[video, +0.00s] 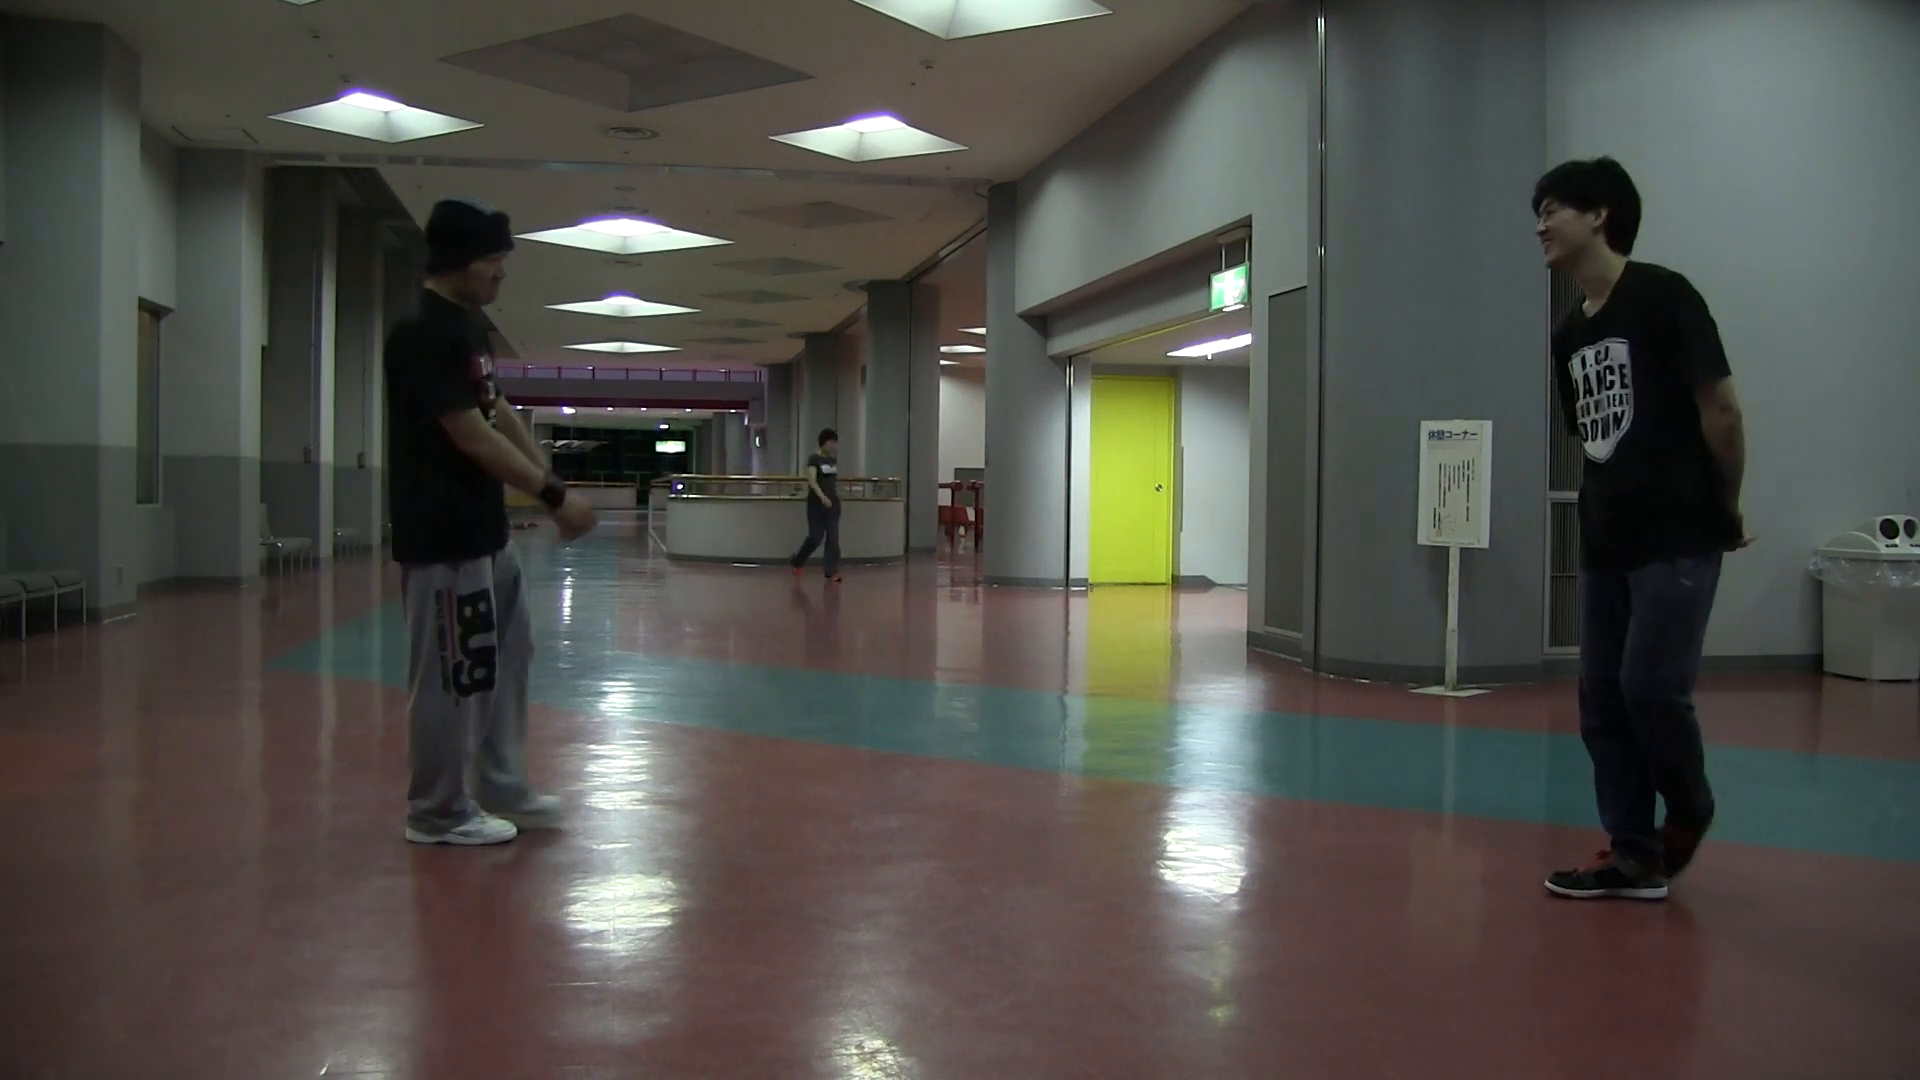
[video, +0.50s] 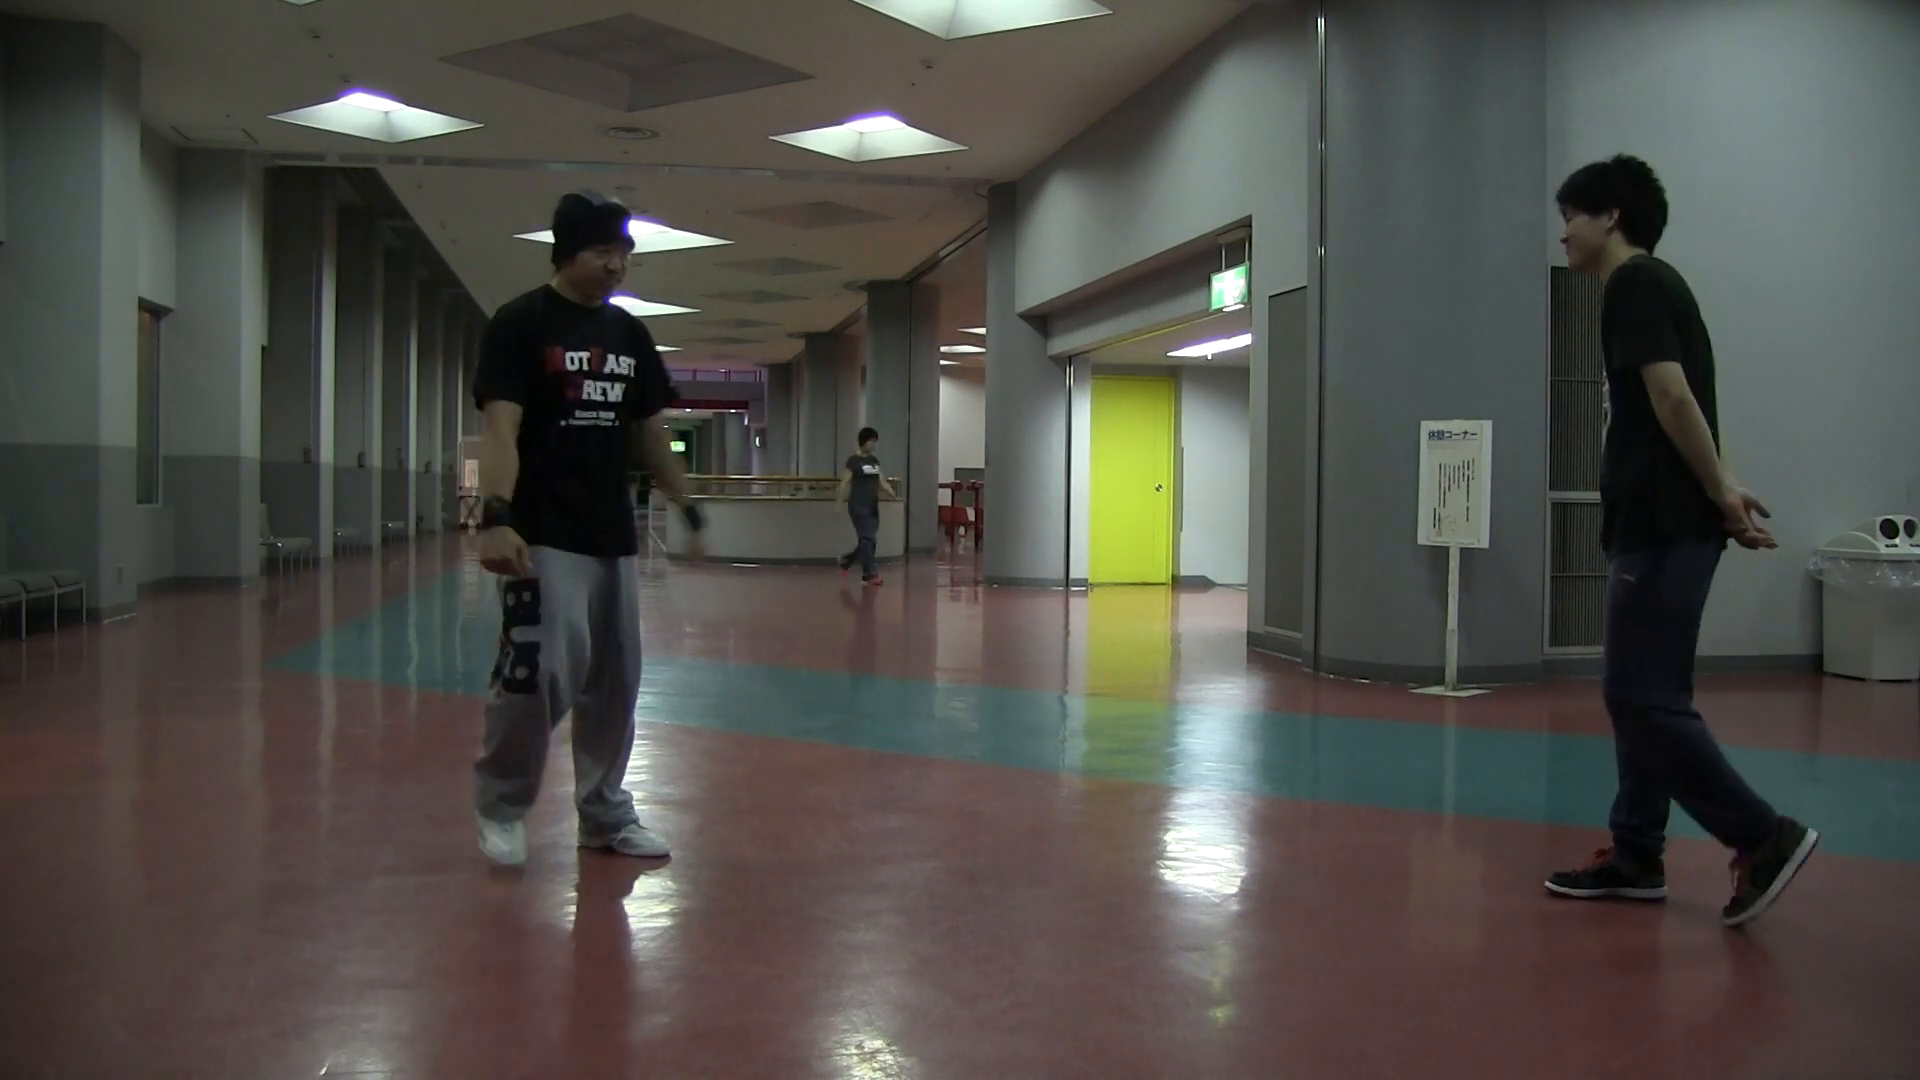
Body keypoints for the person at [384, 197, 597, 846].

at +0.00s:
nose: (501, 275)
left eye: (503, 263)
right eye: (494, 263)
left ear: (462, 261)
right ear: (458, 262)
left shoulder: (464, 329)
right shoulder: (427, 333)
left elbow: (496, 413)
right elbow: (468, 433)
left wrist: (547, 480)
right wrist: (551, 494)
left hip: (481, 534)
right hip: (440, 541)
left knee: (507, 656)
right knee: (447, 674)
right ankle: (437, 812)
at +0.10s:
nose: (528, 275)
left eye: (529, 263)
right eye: (519, 264)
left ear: (500, 262)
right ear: (482, 263)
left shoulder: (501, 334)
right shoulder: (442, 336)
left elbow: (501, 432)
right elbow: (481, 438)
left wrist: (557, 464)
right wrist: (572, 467)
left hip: (502, 532)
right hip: (457, 538)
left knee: (525, 669)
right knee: (453, 675)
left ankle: (584, 792)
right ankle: (437, 810)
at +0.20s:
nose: (555, 279)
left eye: (557, 267)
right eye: (544, 267)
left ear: (541, 267)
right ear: (508, 268)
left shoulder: (536, 337)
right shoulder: (468, 340)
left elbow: (529, 433)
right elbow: (482, 445)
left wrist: (581, 464)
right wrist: (572, 470)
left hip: (534, 536)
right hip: (479, 543)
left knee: (563, 682)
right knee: (467, 680)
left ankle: (608, 816)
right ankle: (438, 811)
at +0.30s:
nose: (578, 276)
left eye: (583, 264)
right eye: (568, 263)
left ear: (580, 264)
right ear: (531, 262)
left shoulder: (569, 336)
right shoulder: (489, 331)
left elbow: (557, 429)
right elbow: (487, 435)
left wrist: (572, 505)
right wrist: (566, 510)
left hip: (568, 537)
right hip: (507, 542)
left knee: (585, 684)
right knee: (494, 681)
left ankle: (605, 816)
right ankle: (448, 800)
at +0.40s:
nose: (602, 268)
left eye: (607, 256)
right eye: (591, 255)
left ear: (605, 258)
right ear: (551, 256)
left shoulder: (604, 335)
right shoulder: (506, 326)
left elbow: (594, 432)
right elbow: (506, 432)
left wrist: (602, 519)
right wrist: (531, 530)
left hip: (592, 534)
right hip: (525, 536)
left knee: (601, 678)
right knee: (525, 676)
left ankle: (604, 813)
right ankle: (473, 787)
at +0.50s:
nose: (619, 266)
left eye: (624, 254)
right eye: (607, 253)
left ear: (623, 257)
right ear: (569, 254)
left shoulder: (630, 334)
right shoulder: (519, 325)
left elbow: (649, 434)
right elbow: (499, 428)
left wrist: (687, 499)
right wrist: (494, 517)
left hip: (611, 534)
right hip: (542, 532)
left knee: (612, 678)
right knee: (546, 673)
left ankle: (605, 813)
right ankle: (501, 802)